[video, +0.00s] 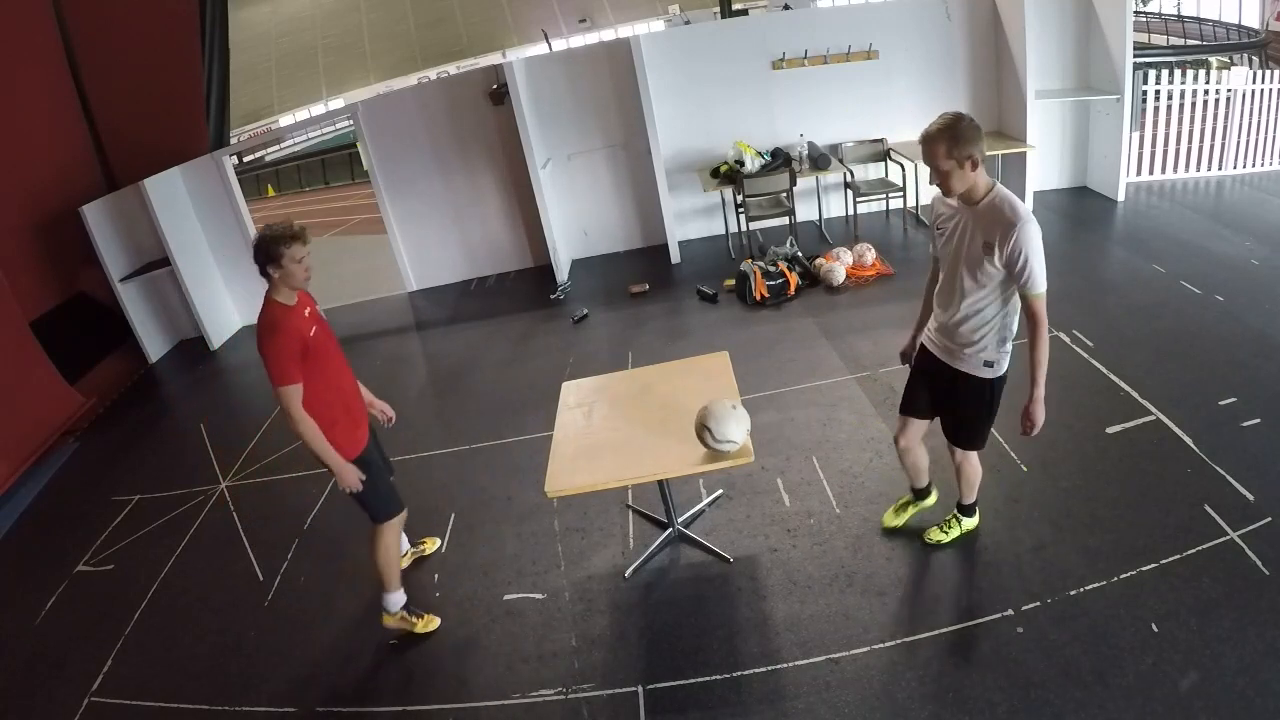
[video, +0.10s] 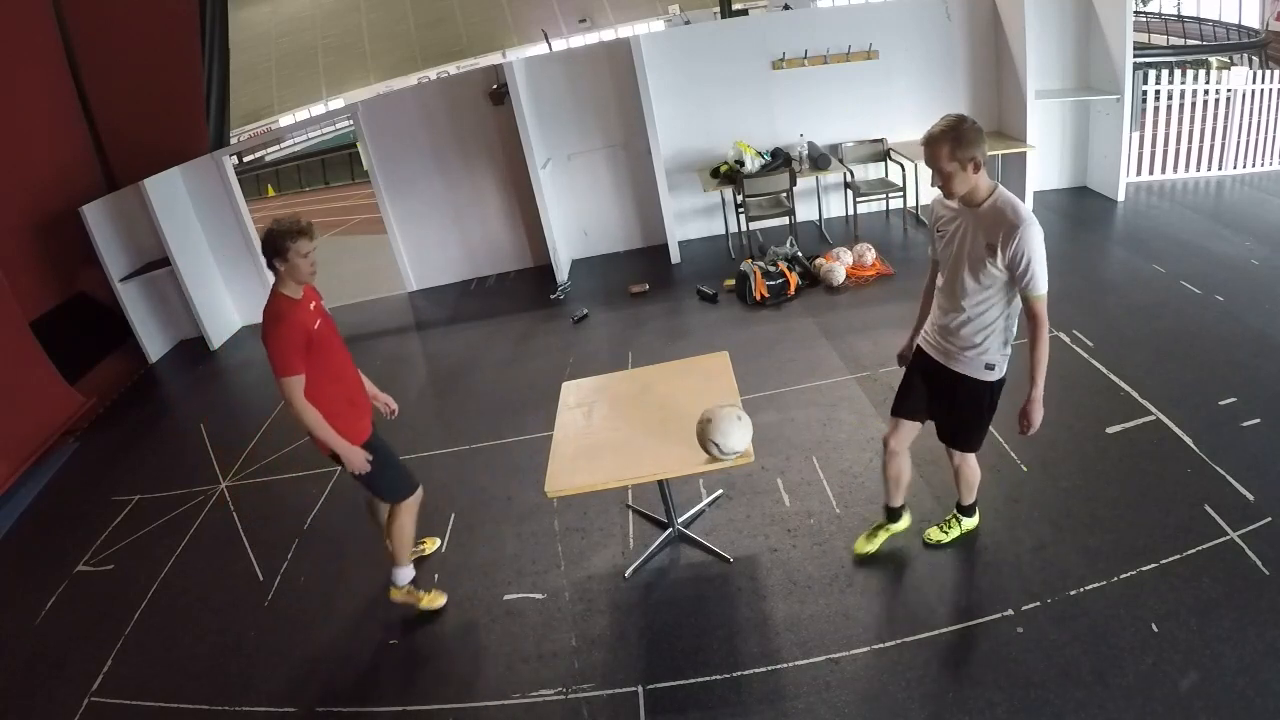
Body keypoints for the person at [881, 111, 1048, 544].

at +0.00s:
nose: (934, 179)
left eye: (940, 170)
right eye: (930, 170)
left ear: (972, 163)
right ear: (964, 162)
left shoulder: (1016, 223)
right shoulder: (941, 207)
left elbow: (1037, 319)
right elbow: (936, 276)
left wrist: (1037, 396)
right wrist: (917, 333)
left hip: (979, 362)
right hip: (934, 346)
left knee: (964, 450)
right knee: (906, 439)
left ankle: (967, 513)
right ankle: (921, 493)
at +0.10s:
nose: (935, 181)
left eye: (941, 171)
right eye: (932, 170)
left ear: (974, 166)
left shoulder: (1017, 225)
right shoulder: (943, 209)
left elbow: (1038, 318)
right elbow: (935, 279)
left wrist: (1036, 395)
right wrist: (915, 337)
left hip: (976, 365)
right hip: (931, 348)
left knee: (961, 451)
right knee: (894, 441)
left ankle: (966, 516)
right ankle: (894, 517)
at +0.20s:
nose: (936, 184)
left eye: (943, 175)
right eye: (933, 174)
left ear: (975, 168)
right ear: (936, 169)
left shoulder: (1020, 229)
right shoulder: (940, 211)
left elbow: (1040, 322)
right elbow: (932, 281)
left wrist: (1031, 397)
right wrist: (914, 340)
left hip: (975, 367)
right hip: (927, 349)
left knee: (955, 450)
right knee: (878, 440)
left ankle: (966, 515)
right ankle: (862, 527)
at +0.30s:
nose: (936, 188)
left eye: (943, 178)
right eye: (934, 177)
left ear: (976, 173)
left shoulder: (1020, 233)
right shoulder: (937, 217)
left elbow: (1042, 327)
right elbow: (929, 287)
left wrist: (1026, 404)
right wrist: (917, 339)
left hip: (969, 374)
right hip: (920, 351)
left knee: (951, 459)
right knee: (858, 433)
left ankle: (965, 517)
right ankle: (827, 528)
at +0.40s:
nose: (932, 194)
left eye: (939, 185)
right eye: (930, 184)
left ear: (972, 179)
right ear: (958, 176)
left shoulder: (1015, 237)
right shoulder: (934, 221)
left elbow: (1036, 334)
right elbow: (925, 291)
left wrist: (1018, 412)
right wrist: (913, 345)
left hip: (965, 378)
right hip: (916, 352)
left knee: (947, 461)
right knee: (844, 420)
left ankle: (966, 516)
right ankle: (787, 521)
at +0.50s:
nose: (920, 193)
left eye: (926, 184)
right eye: (917, 182)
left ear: (960, 178)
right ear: (918, 176)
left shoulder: (1004, 238)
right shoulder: (925, 222)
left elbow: (1022, 337)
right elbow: (916, 291)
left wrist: (1004, 418)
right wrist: (906, 346)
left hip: (963, 376)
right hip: (915, 350)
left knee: (946, 459)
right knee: (846, 414)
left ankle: (965, 515)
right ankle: (756, 505)